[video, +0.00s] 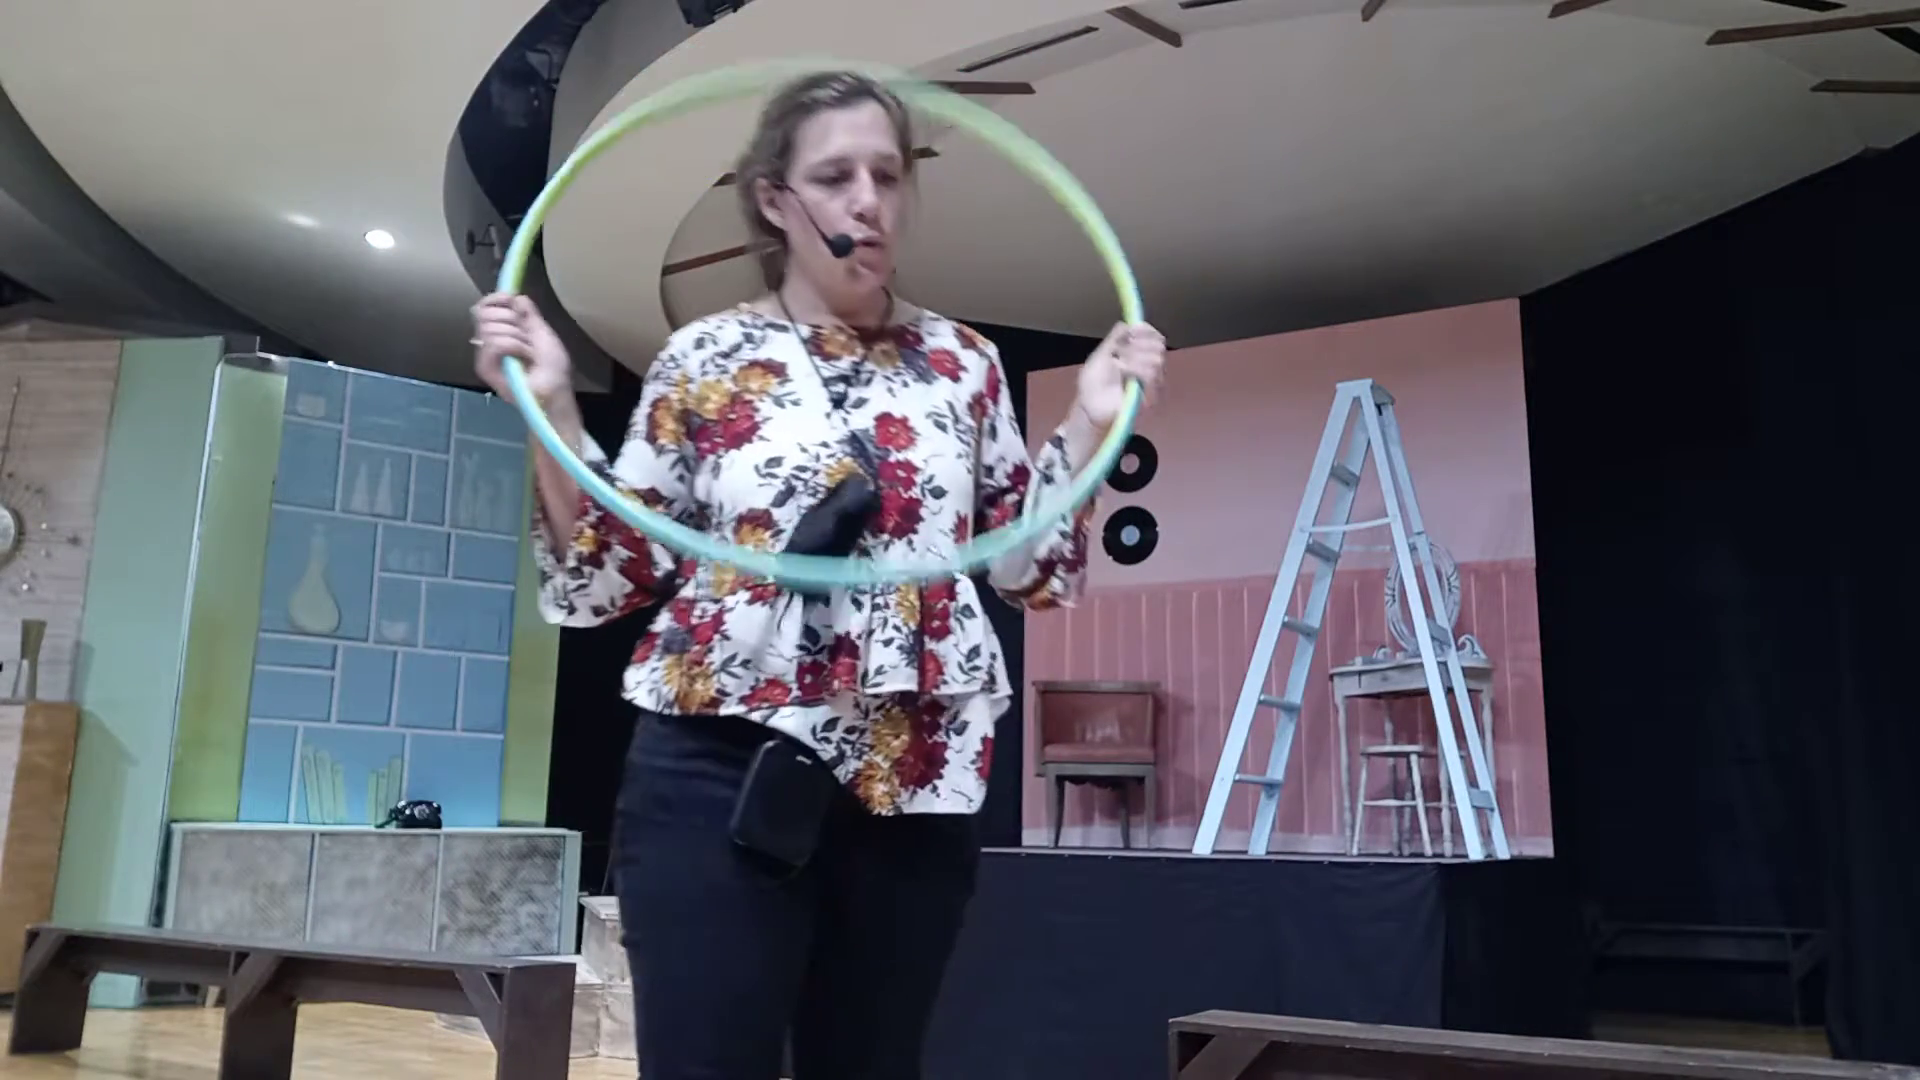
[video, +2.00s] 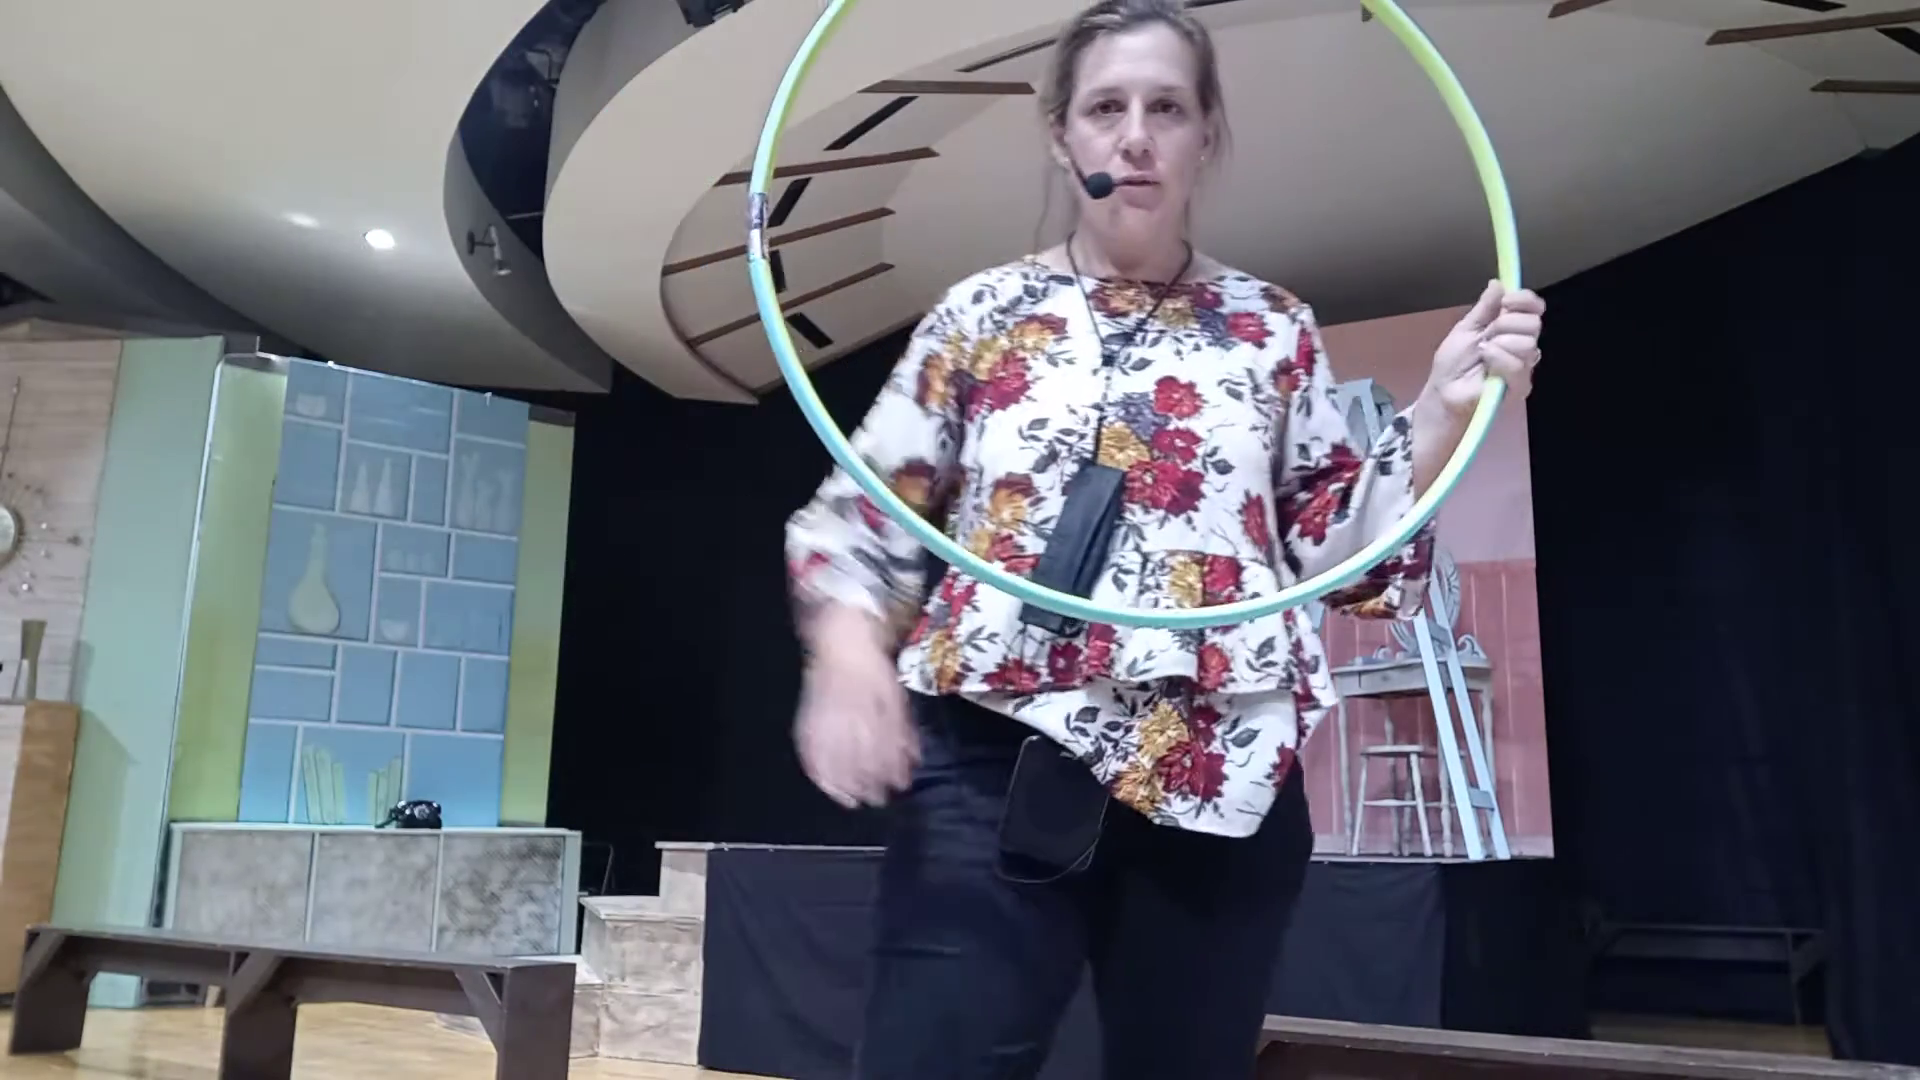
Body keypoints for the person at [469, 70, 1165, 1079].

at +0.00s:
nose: (867, 205)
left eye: (886, 178)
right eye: (835, 177)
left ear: (910, 195)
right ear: (775, 204)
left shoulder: (966, 366)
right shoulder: (700, 361)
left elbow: (1016, 568)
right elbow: (611, 579)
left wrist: (1090, 430)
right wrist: (548, 410)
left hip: (914, 797)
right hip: (716, 775)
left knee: (869, 1066)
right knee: (710, 1063)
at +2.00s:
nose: (1134, 137)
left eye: (1165, 109)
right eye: (1106, 108)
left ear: (1211, 138)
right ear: (1061, 137)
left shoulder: (1277, 332)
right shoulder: (981, 315)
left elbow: (1344, 561)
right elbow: (852, 521)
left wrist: (1443, 412)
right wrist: (848, 649)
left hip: (1216, 802)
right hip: (992, 775)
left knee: (1186, 1065)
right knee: (931, 1062)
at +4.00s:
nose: (1041, 260)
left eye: (1062, 239)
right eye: (1014, 237)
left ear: (1085, 264)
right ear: (966, 263)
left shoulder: (1143, 406)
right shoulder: (906, 416)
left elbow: (1205, 602)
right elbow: (838, 616)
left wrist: (1243, 468)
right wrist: (778, 499)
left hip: (1126, 801)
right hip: (946, 794)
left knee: (1114, 1063)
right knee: (950, 1060)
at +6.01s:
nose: (1016, 250)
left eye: (1039, 229)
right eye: (990, 233)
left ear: (1076, 254)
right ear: (959, 268)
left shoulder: (1149, 400)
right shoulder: (913, 409)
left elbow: (1203, 603)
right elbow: (850, 603)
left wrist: (1265, 506)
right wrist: (755, 495)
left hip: (1116, 797)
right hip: (937, 793)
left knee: (1106, 1063)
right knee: (941, 1061)